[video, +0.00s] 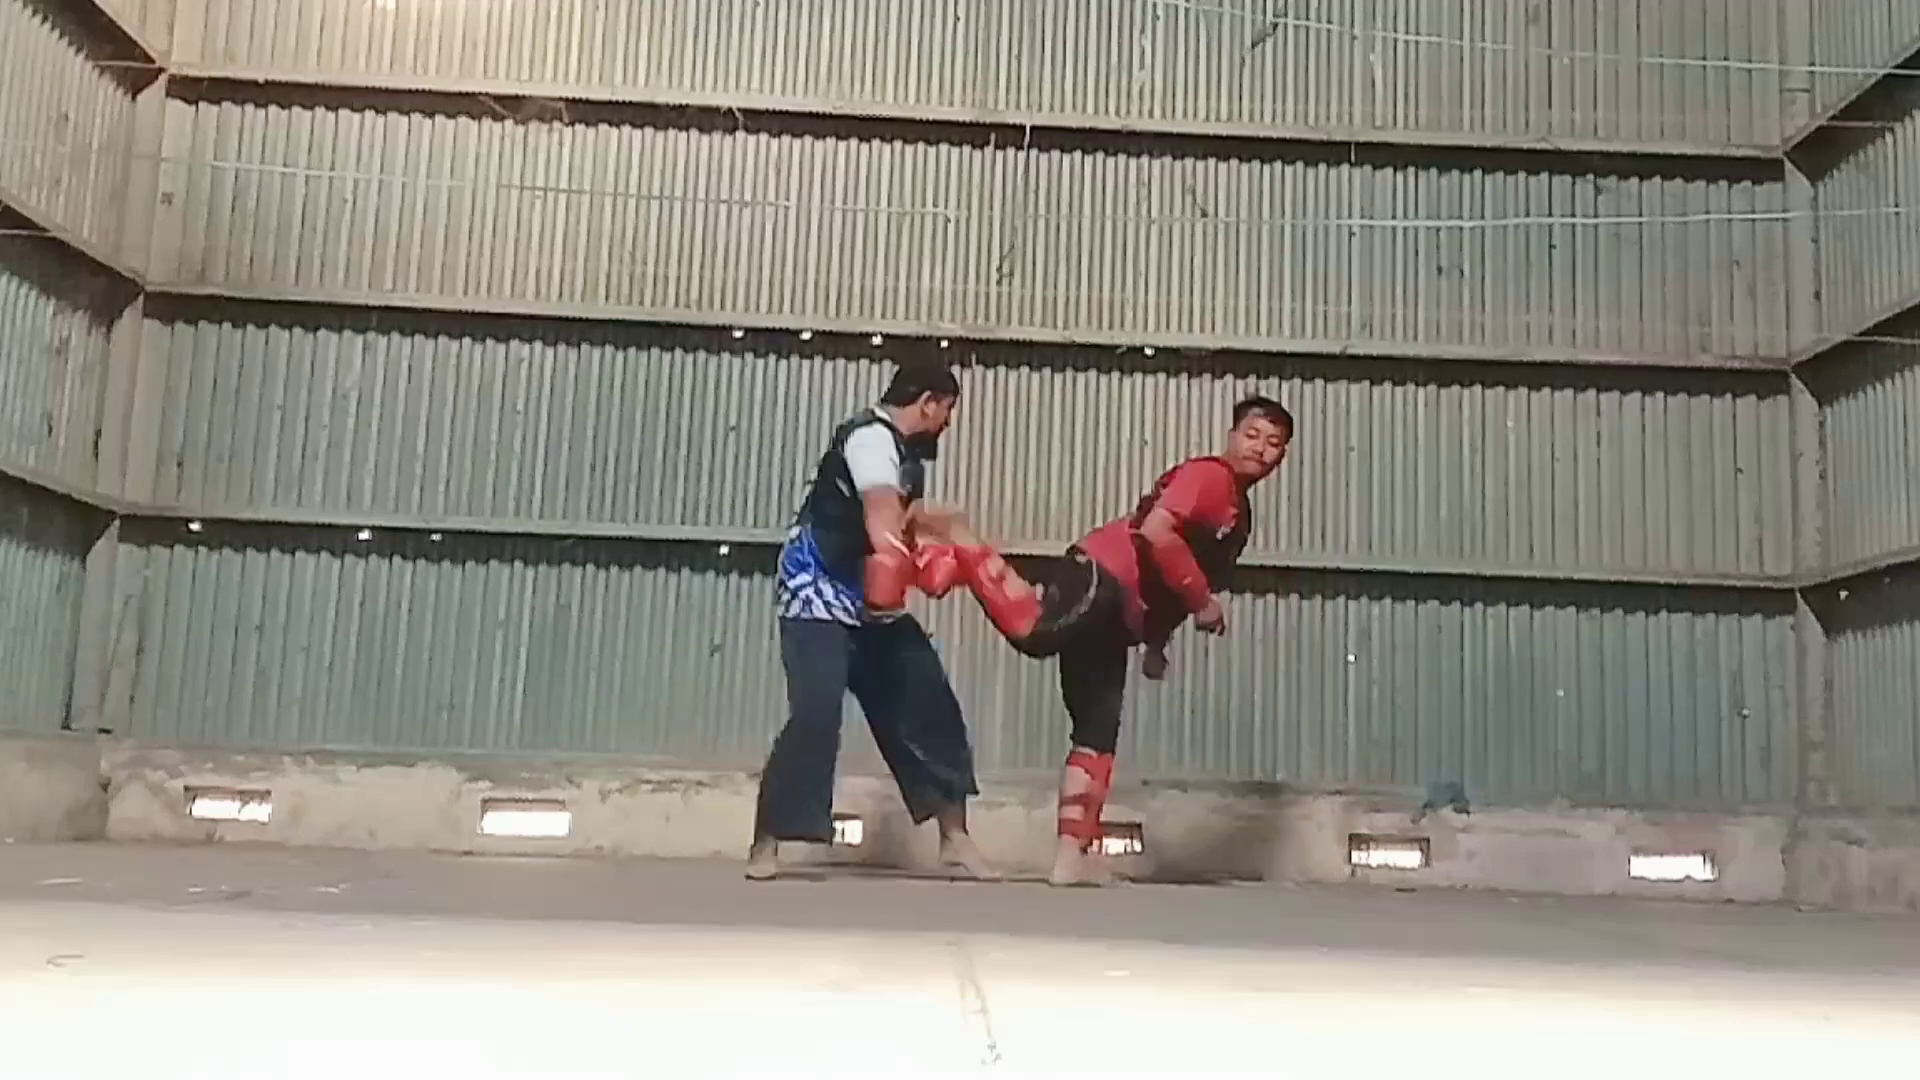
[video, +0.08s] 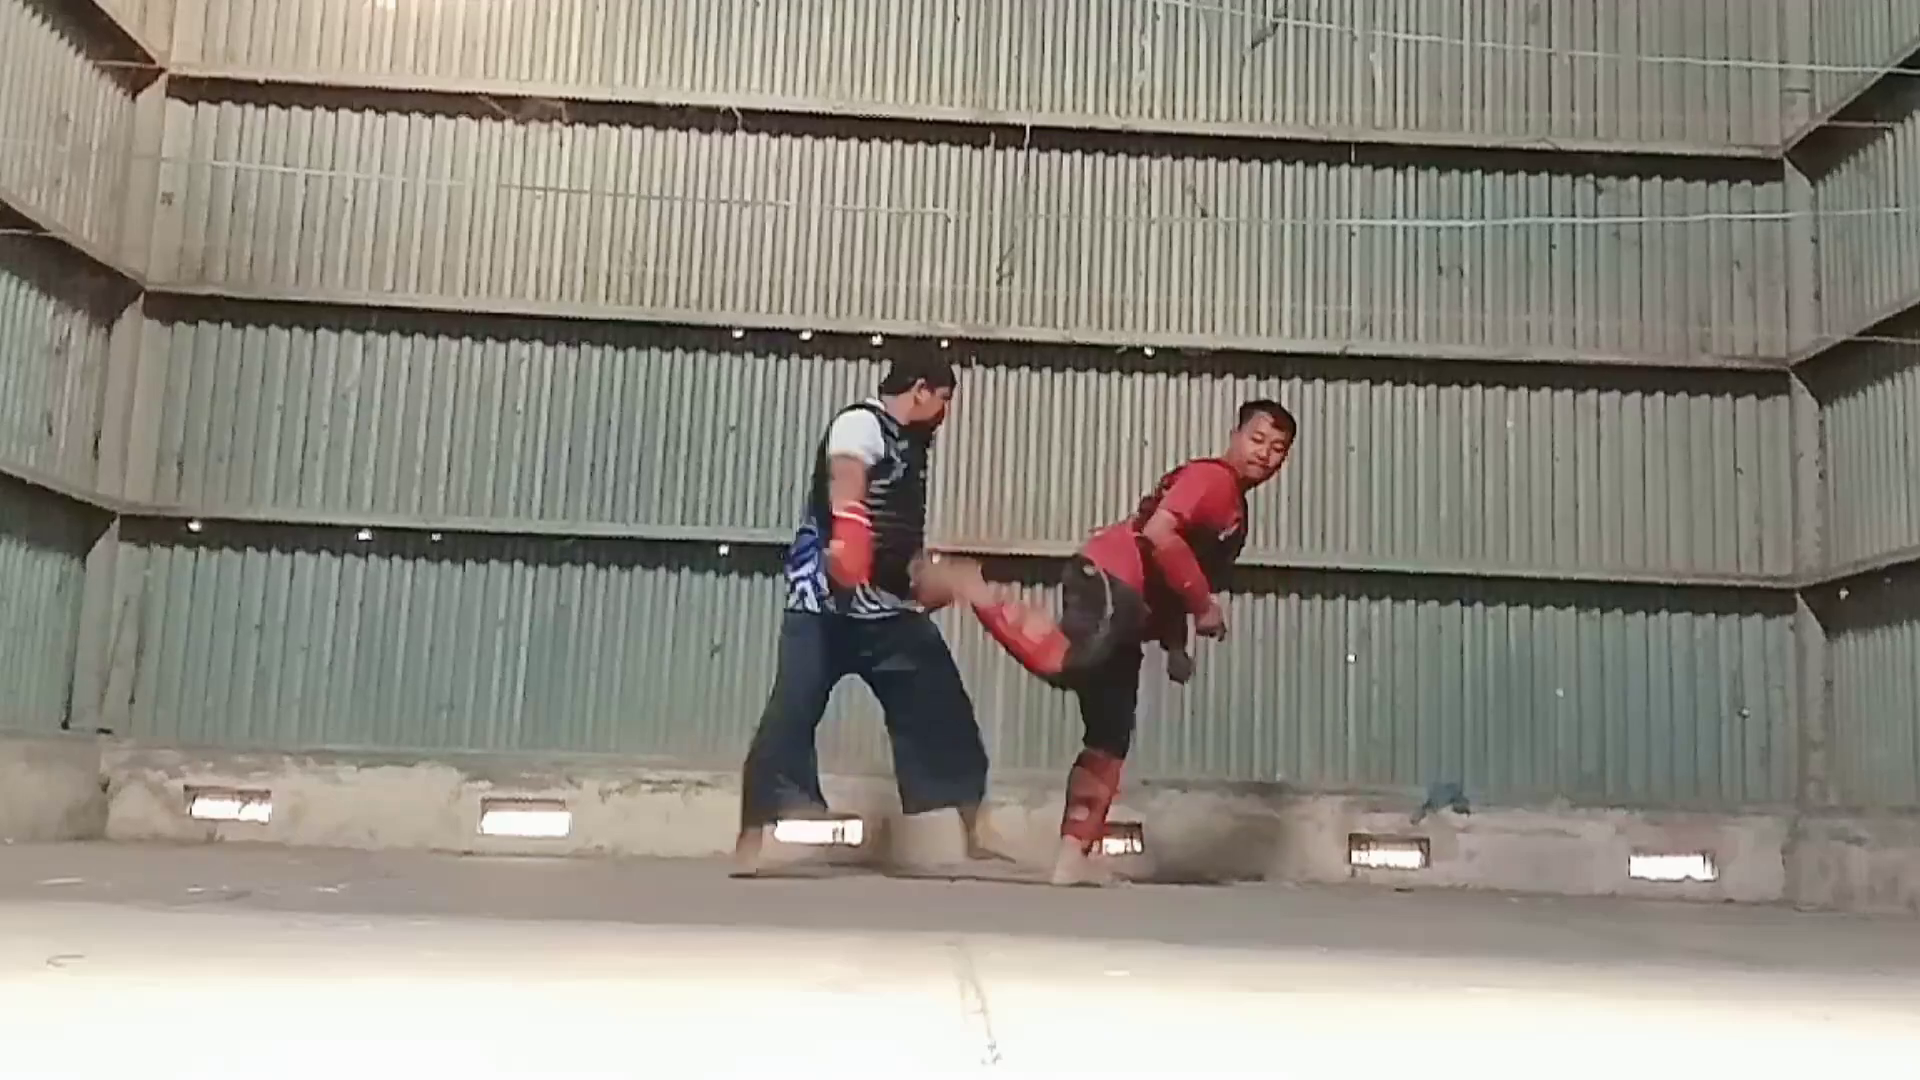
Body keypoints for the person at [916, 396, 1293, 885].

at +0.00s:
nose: (1261, 448)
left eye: (1274, 443)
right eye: (1252, 435)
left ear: (1282, 457)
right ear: (1231, 437)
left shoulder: (1234, 512)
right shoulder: (1208, 476)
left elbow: (1177, 577)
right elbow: (1156, 530)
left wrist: (1157, 642)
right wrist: (1202, 599)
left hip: (1113, 619)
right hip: (1101, 577)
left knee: (1096, 731)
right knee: (1031, 631)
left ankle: (1071, 859)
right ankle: (965, 557)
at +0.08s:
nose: (1265, 453)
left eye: (1278, 448)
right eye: (1258, 439)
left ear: (1284, 458)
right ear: (1235, 436)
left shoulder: (1232, 510)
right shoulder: (1211, 477)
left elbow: (1177, 583)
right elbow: (1159, 532)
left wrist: (1176, 646)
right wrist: (1203, 602)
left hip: (1129, 614)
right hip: (1111, 575)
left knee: (1108, 738)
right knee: (1060, 659)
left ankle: (1072, 859)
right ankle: (968, 586)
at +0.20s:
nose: (1291, 455)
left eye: (1296, 445)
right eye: (1289, 441)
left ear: (1253, 432)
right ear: (1257, 428)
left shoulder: (1229, 476)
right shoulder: (1226, 466)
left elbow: (1188, 569)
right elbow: (1188, 528)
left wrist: (1200, 634)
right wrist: (1232, 601)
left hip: (1124, 592)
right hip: (1137, 592)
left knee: (1117, 728)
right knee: (1170, 709)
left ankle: (1074, 853)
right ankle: (1060, 746)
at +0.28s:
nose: (1299, 448)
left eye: (1303, 437)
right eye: (1299, 434)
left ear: (1257, 422)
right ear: (1275, 423)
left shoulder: (1218, 457)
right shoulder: (1240, 459)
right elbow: (1209, 529)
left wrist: (1207, 620)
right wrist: (1250, 604)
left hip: (1124, 589)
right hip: (1165, 597)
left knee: (1120, 720)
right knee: (1206, 715)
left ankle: (1072, 853)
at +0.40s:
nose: (1300, 426)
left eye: (1299, 417)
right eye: (1302, 418)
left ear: (1253, 406)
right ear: (1298, 416)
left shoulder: (1208, 454)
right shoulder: (1287, 458)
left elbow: (1175, 537)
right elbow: (1276, 539)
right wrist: (1295, 622)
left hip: (1173, 610)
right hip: (1237, 619)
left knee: (1142, 727)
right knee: (1272, 732)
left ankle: (1079, 849)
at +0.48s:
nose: (1247, 400)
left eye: (1251, 391)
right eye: (1252, 391)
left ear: (1262, 393)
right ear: (1301, 402)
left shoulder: (1214, 448)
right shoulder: (1320, 452)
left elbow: (1181, 533)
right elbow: (1327, 537)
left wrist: (1209, 588)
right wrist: (1320, 615)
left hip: (1208, 611)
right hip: (1279, 618)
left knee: (1163, 719)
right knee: (1293, 742)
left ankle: (1099, 843)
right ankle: (1280, 873)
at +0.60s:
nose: (1261, 380)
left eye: (1262, 370)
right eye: (1261, 372)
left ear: (1280, 362)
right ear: (1318, 365)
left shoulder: (1258, 415)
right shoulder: (1365, 423)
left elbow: (1234, 503)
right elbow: (1391, 521)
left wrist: (1247, 567)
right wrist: (1371, 576)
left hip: (1276, 593)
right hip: (1346, 595)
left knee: (1230, 700)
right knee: (1323, 715)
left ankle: (1225, 831)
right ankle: (1314, 854)